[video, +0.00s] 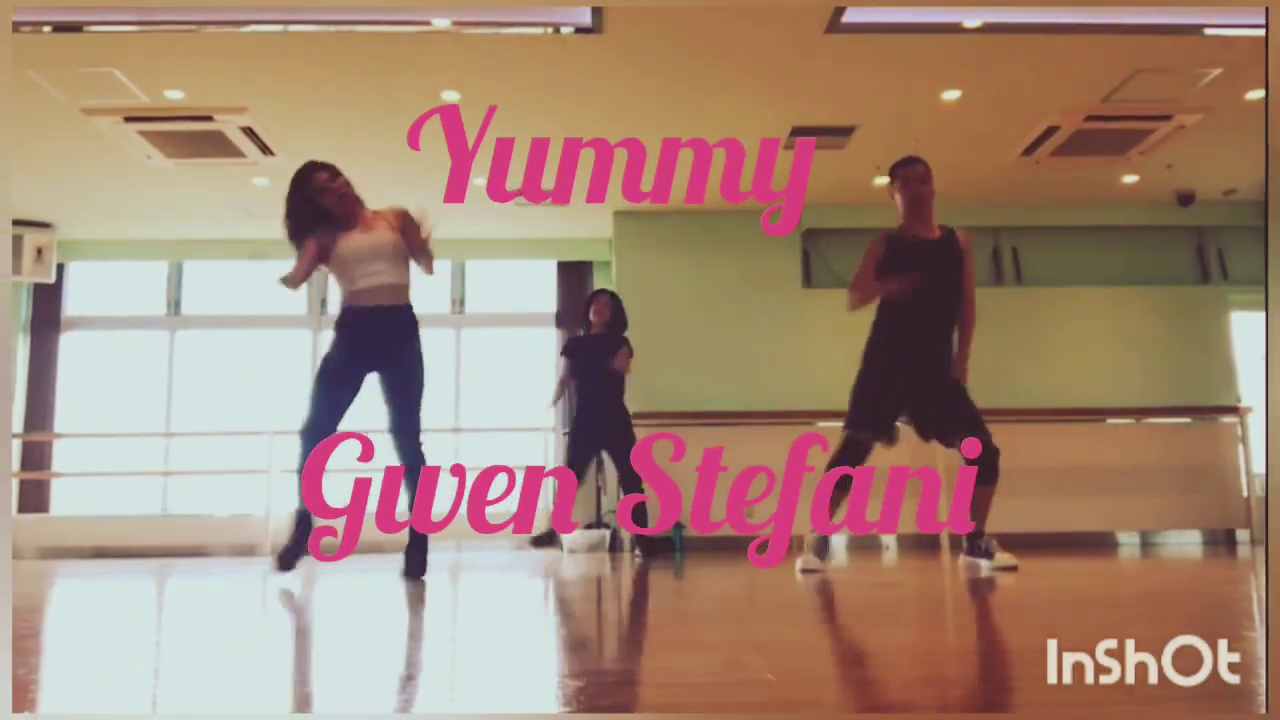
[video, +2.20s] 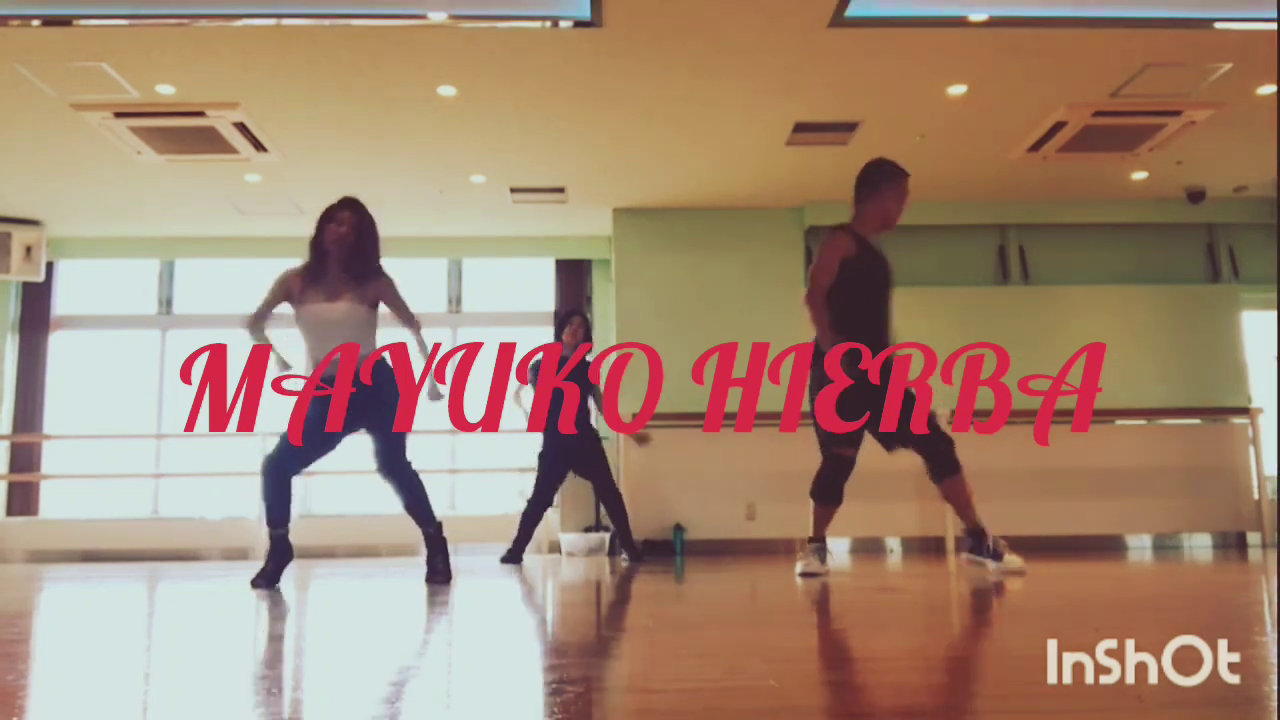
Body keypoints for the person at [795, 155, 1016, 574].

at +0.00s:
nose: (917, 190)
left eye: (923, 181)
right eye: (907, 184)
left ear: (934, 187)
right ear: (894, 193)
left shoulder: (956, 243)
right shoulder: (885, 245)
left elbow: (967, 305)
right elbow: (855, 297)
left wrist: (961, 361)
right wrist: (889, 284)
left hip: (933, 369)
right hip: (884, 368)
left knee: (984, 453)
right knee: (853, 450)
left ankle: (974, 541)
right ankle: (817, 541)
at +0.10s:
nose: (918, 206)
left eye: (924, 197)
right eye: (908, 200)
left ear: (937, 204)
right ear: (895, 210)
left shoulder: (951, 266)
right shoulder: (881, 263)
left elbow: (958, 328)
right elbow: (847, 315)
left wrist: (957, 381)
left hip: (922, 386)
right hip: (875, 383)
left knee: (984, 457)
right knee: (841, 462)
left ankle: (976, 543)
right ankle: (815, 543)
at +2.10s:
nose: (898, 211)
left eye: (902, 202)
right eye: (889, 203)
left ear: (908, 208)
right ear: (865, 209)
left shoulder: (911, 268)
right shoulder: (842, 265)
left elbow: (927, 331)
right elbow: (812, 323)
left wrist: (939, 386)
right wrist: (808, 378)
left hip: (901, 388)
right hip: (851, 388)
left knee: (960, 463)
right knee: (835, 469)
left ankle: (983, 545)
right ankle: (817, 546)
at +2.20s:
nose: (903, 208)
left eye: (905, 198)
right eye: (899, 197)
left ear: (876, 198)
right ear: (876, 196)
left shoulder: (872, 254)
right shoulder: (839, 241)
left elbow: (870, 319)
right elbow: (815, 297)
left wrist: (886, 367)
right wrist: (835, 353)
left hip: (876, 378)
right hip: (841, 376)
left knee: (938, 446)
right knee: (839, 460)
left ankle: (976, 536)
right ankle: (815, 546)